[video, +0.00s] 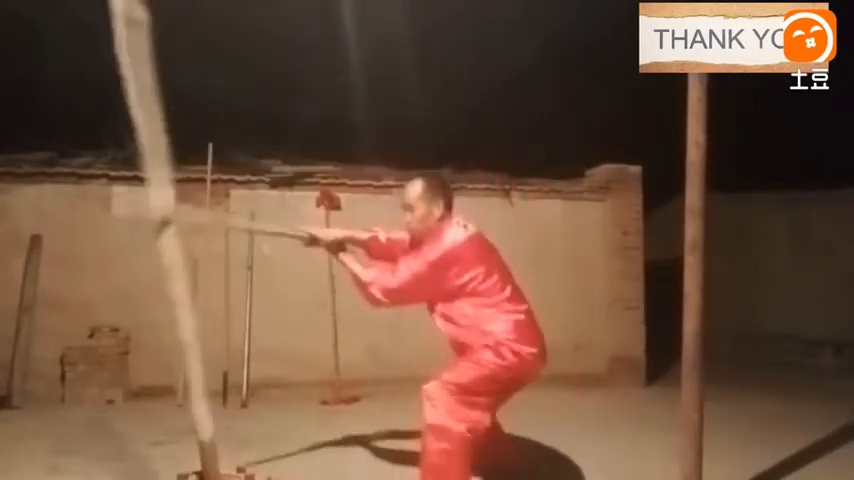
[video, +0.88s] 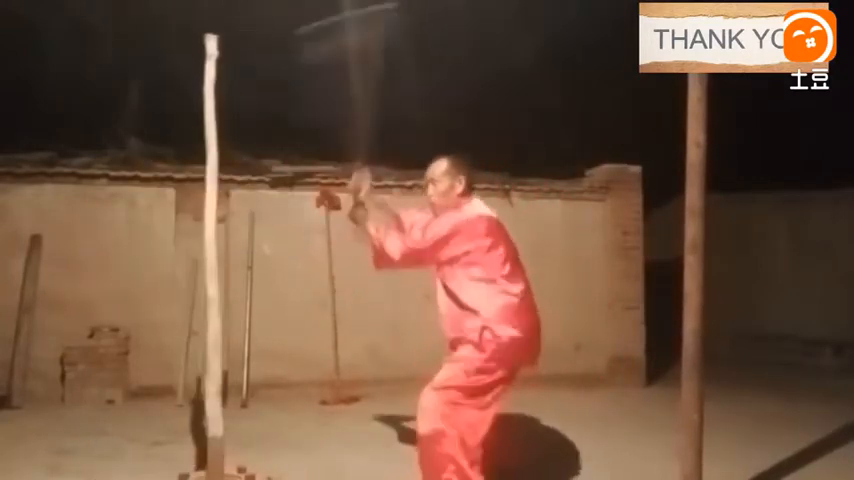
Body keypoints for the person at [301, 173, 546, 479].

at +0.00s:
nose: (405, 218)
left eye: (410, 209)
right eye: (405, 209)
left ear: (438, 210)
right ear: (436, 209)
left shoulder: (449, 248)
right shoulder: (452, 235)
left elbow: (384, 289)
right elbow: (395, 244)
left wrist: (343, 253)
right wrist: (342, 236)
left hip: (508, 352)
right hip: (511, 347)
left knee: (440, 395)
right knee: (460, 397)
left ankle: (445, 474)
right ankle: (497, 460)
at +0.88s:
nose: (428, 191)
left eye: (435, 183)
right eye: (427, 183)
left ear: (459, 184)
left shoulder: (470, 220)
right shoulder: (464, 217)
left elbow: (404, 246)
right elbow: (405, 223)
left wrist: (364, 209)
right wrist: (351, 205)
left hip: (496, 337)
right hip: (497, 335)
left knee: (437, 401)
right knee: (458, 406)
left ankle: (450, 474)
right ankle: (465, 473)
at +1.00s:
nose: (429, 180)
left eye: (436, 173)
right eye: (428, 173)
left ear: (460, 176)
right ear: (453, 177)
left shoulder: (472, 214)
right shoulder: (459, 208)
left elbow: (403, 234)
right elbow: (409, 213)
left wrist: (348, 204)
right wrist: (374, 189)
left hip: (492, 333)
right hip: (472, 330)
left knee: (451, 419)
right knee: (454, 417)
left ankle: (453, 475)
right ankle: (460, 474)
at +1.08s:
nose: (429, 175)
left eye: (436, 166)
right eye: (427, 168)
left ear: (460, 168)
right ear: (430, 169)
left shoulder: (473, 206)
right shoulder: (453, 202)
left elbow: (409, 219)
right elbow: (408, 199)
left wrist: (345, 200)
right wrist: (375, 166)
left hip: (501, 326)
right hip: (477, 323)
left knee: (473, 409)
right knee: (474, 407)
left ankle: (464, 474)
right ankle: (473, 471)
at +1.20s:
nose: (423, 166)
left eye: (429, 158)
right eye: (422, 159)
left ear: (453, 160)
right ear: (449, 162)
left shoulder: (468, 194)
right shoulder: (445, 192)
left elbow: (404, 204)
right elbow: (392, 184)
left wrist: (336, 192)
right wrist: (366, 145)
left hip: (499, 304)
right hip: (470, 306)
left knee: (483, 367)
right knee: (466, 377)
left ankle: (517, 457)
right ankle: (487, 457)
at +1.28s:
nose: (419, 164)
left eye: (425, 155)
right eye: (417, 157)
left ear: (449, 156)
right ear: (424, 162)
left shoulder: (466, 189)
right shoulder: (440, 190)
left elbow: (402, 206)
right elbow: (379, 188)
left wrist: (334, 192)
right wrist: (353, 148)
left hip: (492, 305)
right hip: (466, 308)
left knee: (486, 383)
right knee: (463, 390)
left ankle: (519, 461)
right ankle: (488, 461)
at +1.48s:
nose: (412, 164)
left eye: (419, 155)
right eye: (408, 157)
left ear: (444, 153)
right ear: (406, 159)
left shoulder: (466, 191)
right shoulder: (412, 196)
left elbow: (476, 249)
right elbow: (379, 210)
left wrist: (439, 267)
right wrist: (343, 206)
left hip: (462, 296)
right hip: (424, 295)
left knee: (445, 372)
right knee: (426, 371)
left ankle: (426, 458)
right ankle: (427, 439)